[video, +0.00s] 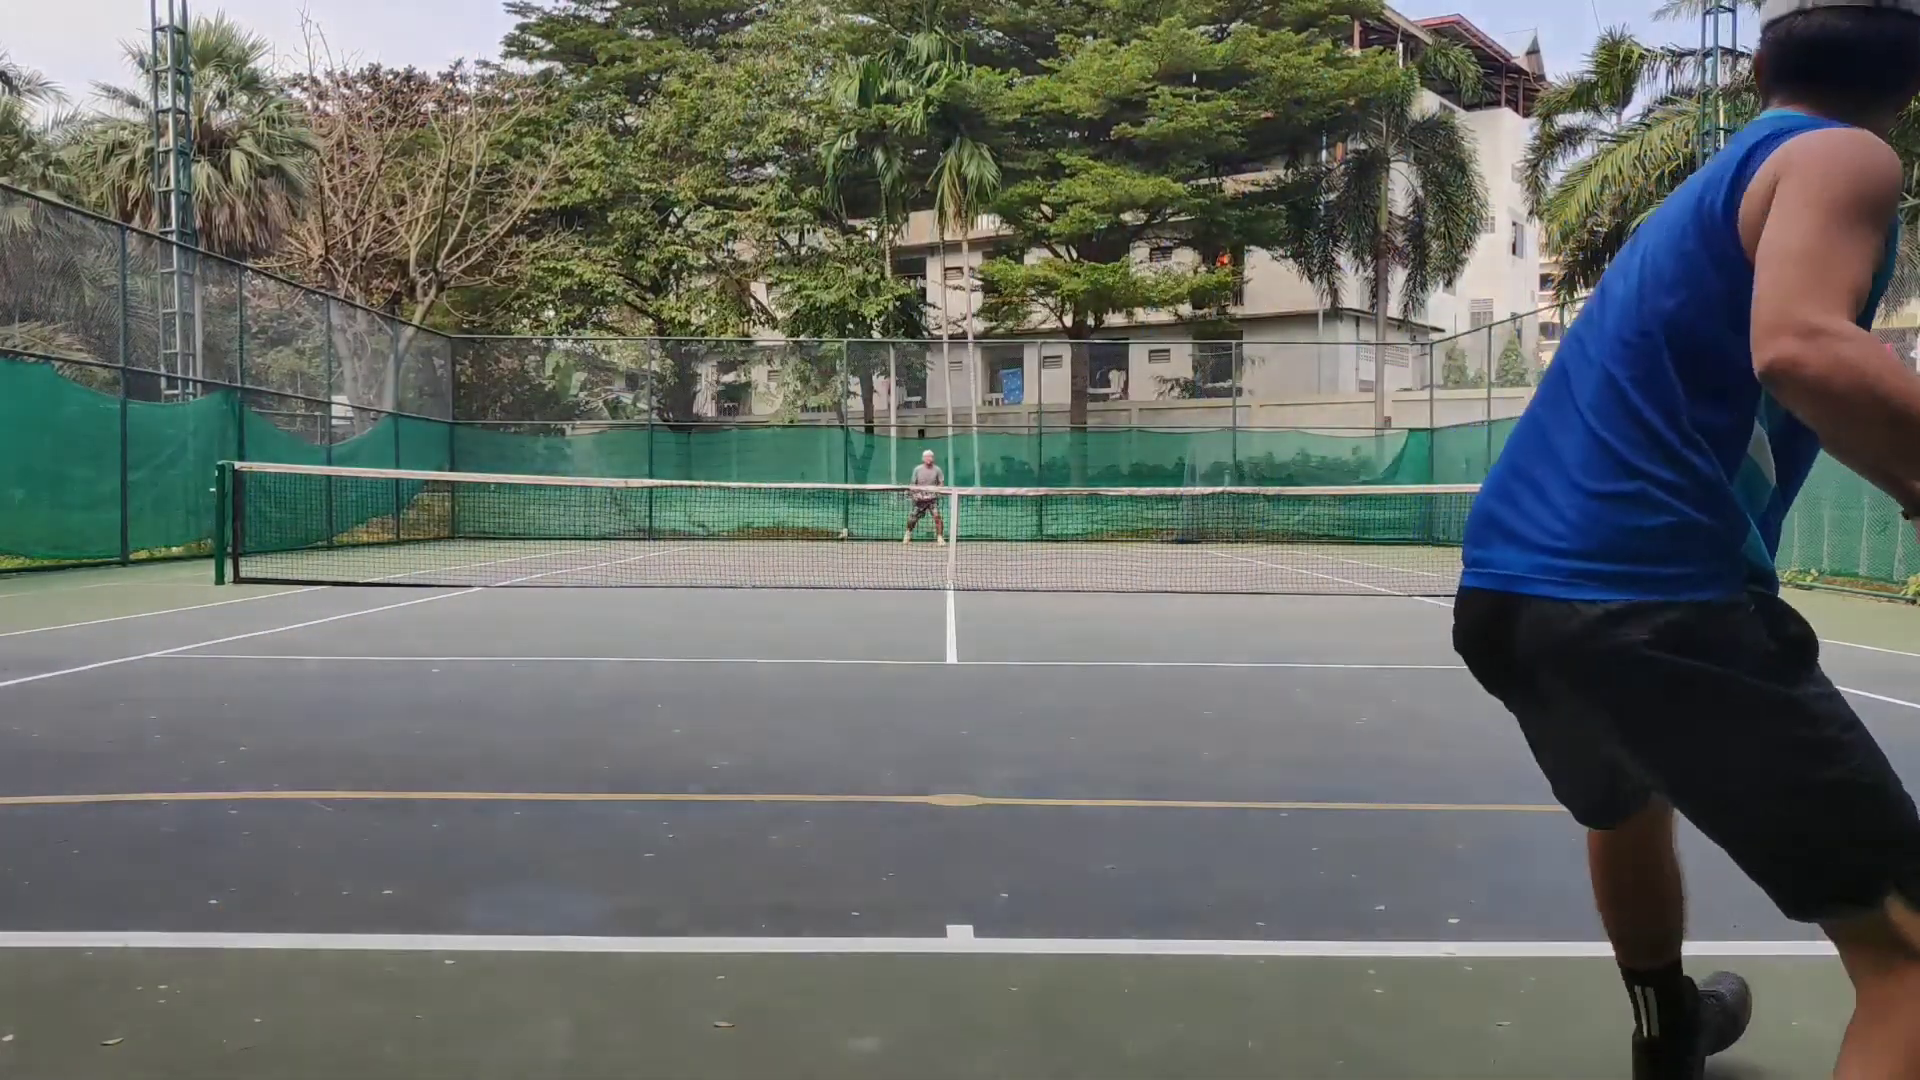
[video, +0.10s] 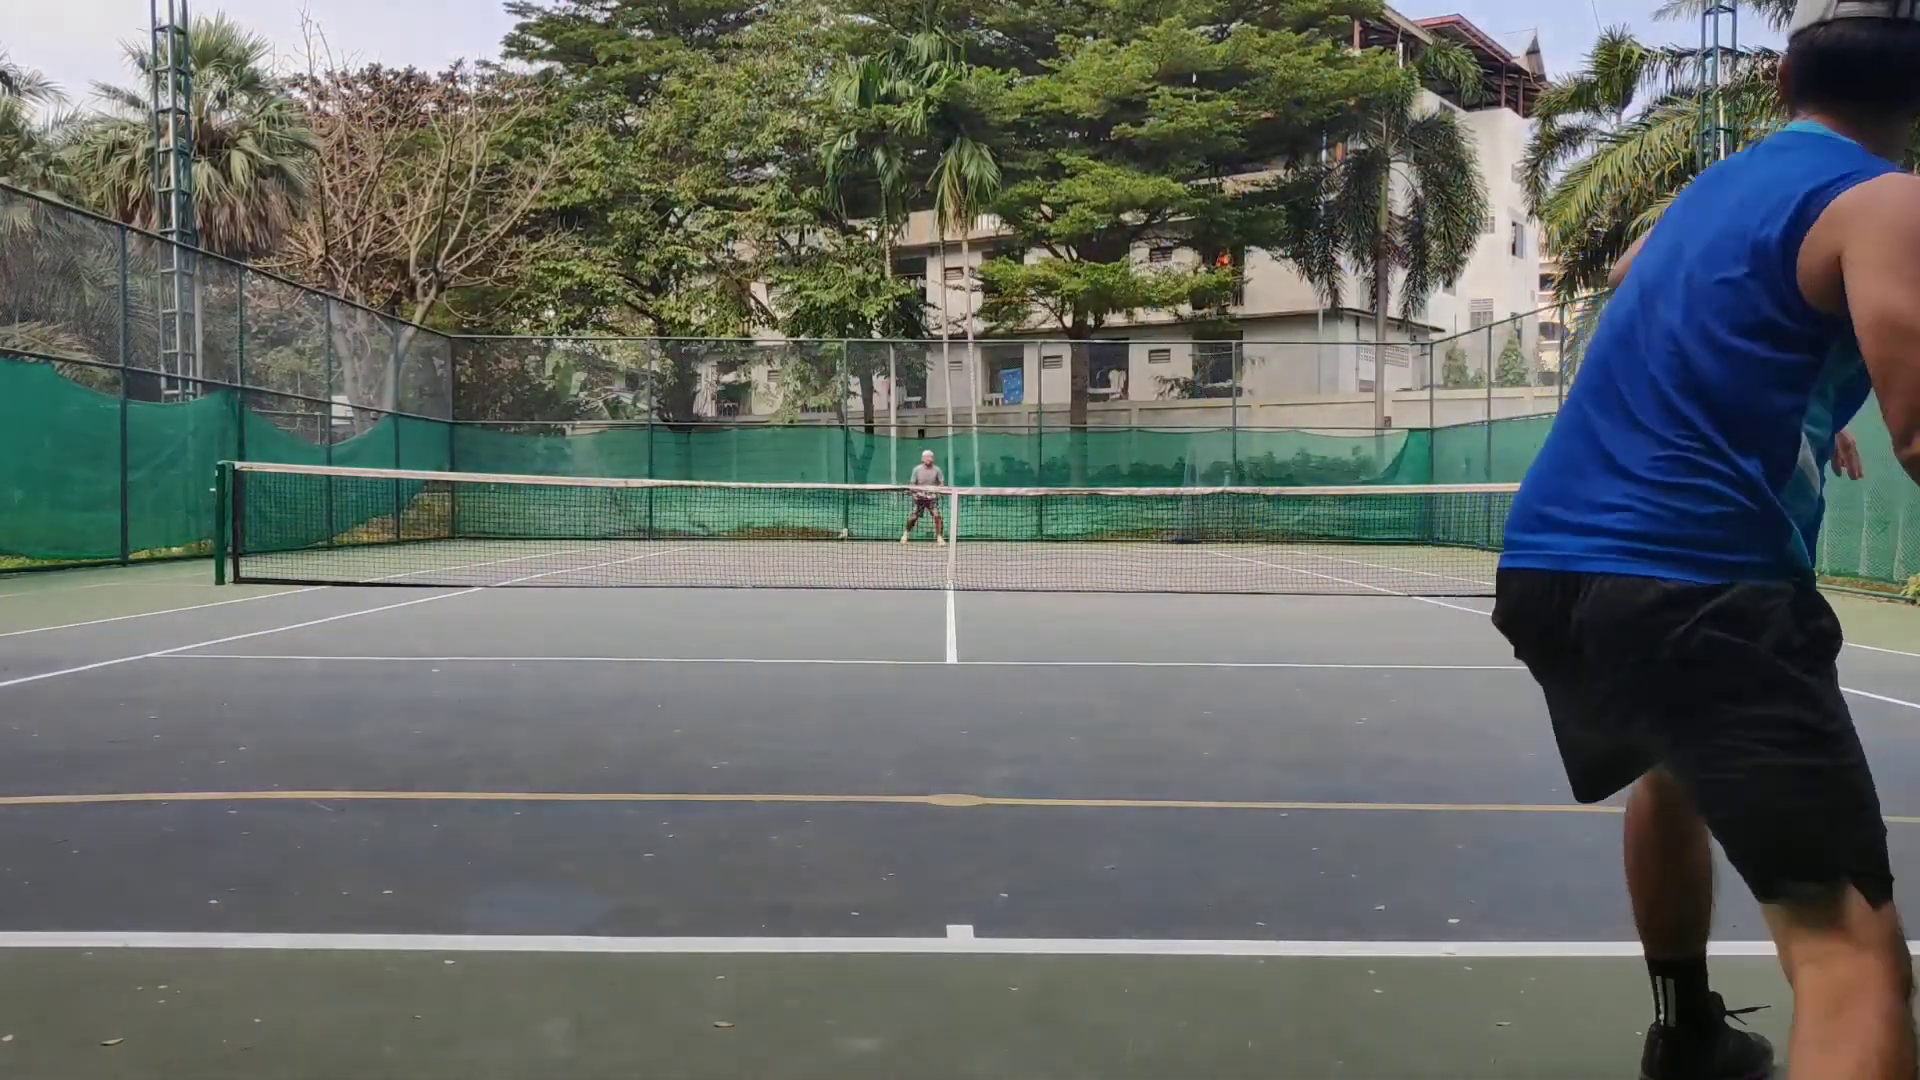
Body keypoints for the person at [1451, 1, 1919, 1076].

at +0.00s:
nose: (1913, 124)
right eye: (1914, 100)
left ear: (1776, 84)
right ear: (1903, 92)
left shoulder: (1706, 184)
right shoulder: (1840, 156)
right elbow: (1800, 345)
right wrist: (1910, 480)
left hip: (1506, 593)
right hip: (1657, 605)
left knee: (1622, 794)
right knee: (1898, 953)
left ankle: (1663, 1022)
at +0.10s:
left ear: (1790, 88)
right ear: (1914, 104)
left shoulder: (1714, 184)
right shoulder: (1881, 197)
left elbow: (1636, 301)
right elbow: (1908, 433)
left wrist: (1793, 403)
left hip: (1545, 574)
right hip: (1699, 589)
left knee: (1666, 758)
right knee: (1846, 953)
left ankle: (1682, 1023)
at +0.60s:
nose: (1782, 14)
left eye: (1791, 3)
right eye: (1786, 12)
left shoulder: (1856, 54)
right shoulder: (1830, 66)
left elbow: (1906, 182)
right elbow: (1709, 89)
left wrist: (1718, 236)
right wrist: (1671, 12)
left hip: (1830, 474)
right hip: (1879, 469)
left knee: (1743, 762)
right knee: (1741, 762)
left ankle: (1689, 1027)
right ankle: (1689, 1024)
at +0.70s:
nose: (1791, 23)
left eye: (1797, 10)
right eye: (1792, 11)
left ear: (1829, 20)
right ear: (1884, 21)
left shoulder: (1897, 112)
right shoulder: (1861, 120)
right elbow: (1707, 160)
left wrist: (1819, 313)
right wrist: (1732, 93)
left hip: (1893, 510)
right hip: (1878, 505)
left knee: (1740, 733)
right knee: (1744, 733)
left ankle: (1688, 1021)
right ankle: (1692, 1017)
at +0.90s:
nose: (1776, 87)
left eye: (1776, 63)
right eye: (1775, 67)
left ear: (1798, 56)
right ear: (1895, 51)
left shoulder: (1890, 139)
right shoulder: (1865, 164)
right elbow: (1807, 344)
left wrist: (1806, 337)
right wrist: (1715, 344)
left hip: (1892, 550)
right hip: (1893, 546)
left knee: (1714, 774)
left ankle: (1837, 1049)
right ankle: (1836, 1046)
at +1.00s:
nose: (1732, 29)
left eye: (1732, 15)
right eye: (1736, 17)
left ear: (1752, 13)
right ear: (1849, 12)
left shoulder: (1807, 82)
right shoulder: (1881, 84)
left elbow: (1896, 196)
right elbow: (1864, 311)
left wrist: (1730, 297)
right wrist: (1732, 379)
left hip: (1847, 505)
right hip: (1882, 497)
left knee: (1737, 793)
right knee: (1745, 789)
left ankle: (1855, 1070)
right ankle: (1854, 1065)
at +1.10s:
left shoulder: (1727, 20)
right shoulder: (1892, 64)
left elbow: (1758, 148)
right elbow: (1866, 245)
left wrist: (1640, 256)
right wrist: (1650, 258)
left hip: (1777, 455)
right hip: (1905, 447)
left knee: (1715, 760)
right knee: (1915, 743)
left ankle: (1826, 1055)